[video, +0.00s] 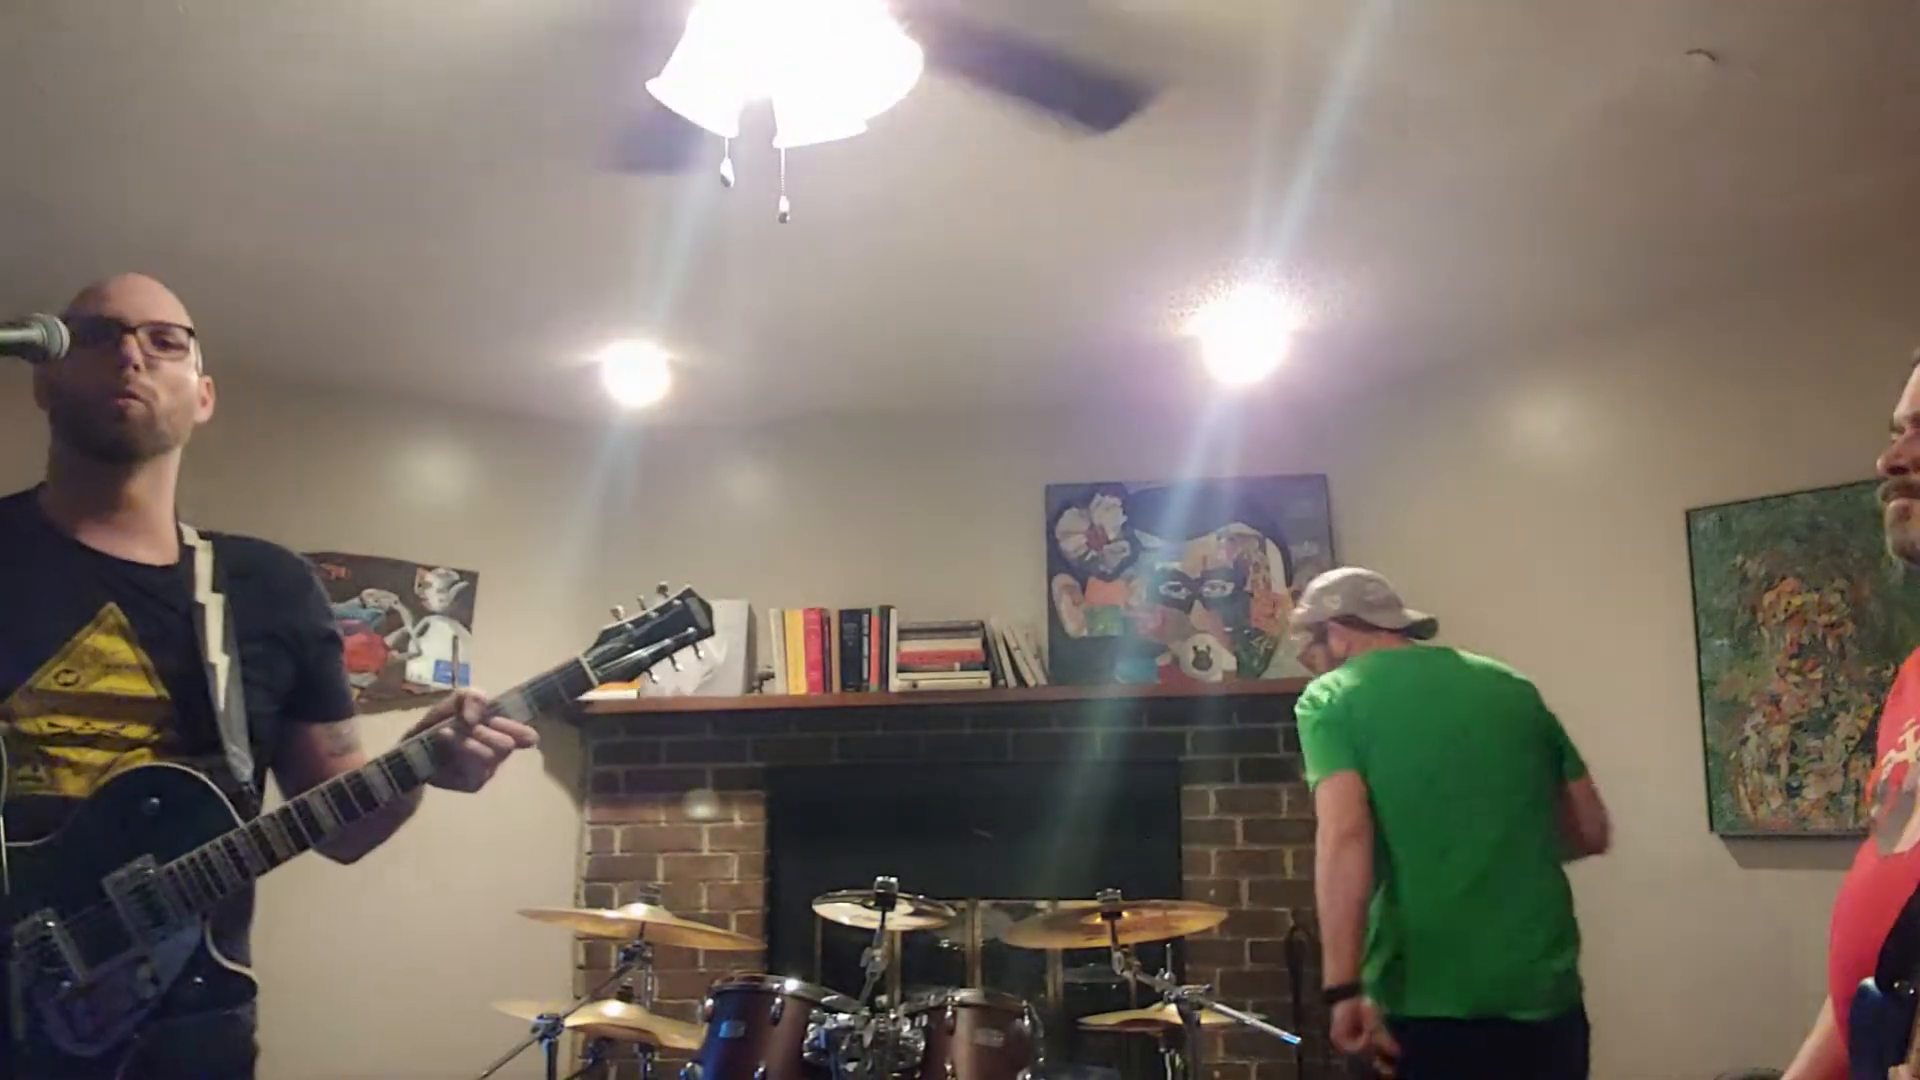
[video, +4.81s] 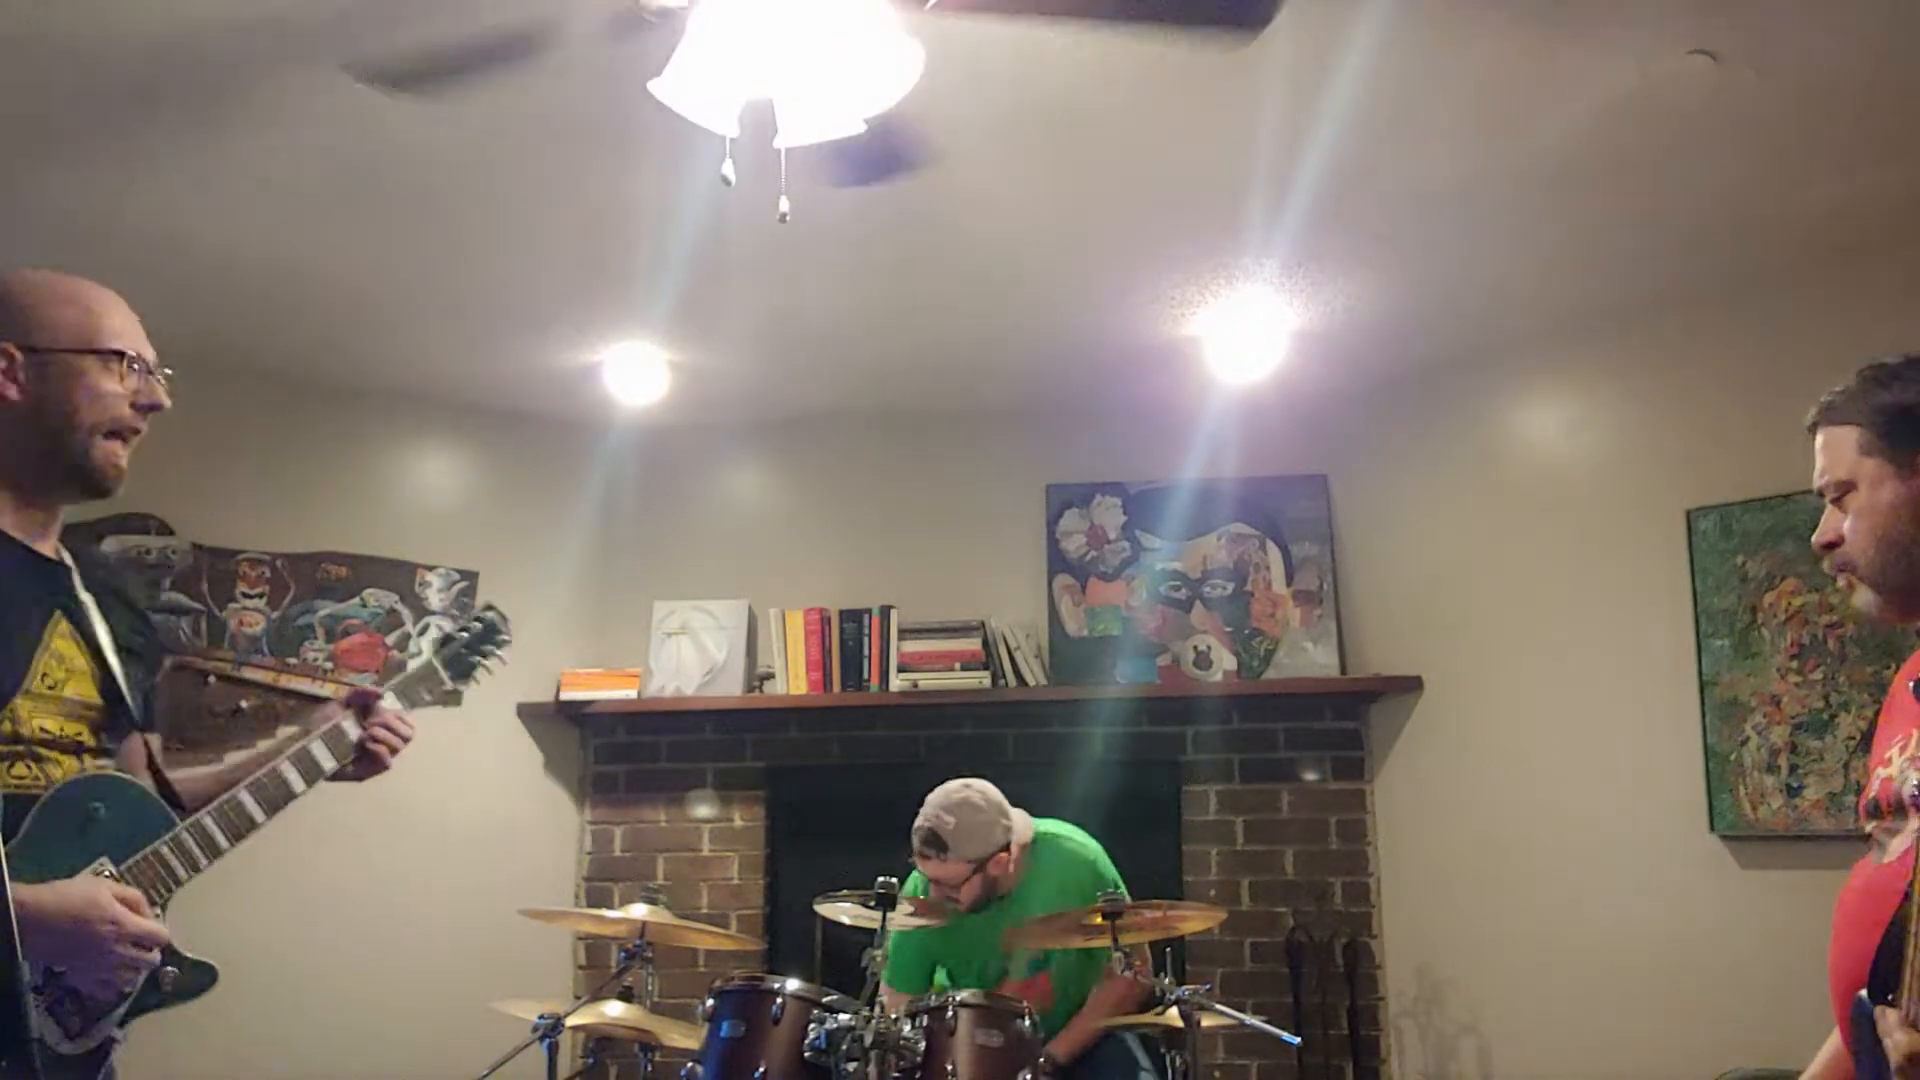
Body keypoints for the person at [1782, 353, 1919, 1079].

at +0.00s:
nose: (1891, 459)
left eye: (1917, 430)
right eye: (1895, 431)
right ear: (1891, 446)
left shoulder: (1908, 677)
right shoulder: (1909, 677)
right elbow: (1882, 907)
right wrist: (1808, 1065)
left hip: (1899, 1053)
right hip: (1861, 1047)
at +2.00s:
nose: (1869, 465)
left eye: (1905, 435)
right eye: (1875, 438)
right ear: (1874, 450)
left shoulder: (1908, 674)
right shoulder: (1905, 677)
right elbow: (1877, 910)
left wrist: (1820, 1061)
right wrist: (1814, 1065)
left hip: (1902, 1051)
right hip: (1863, 1047)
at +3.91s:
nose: (1826, 535)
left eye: (1841, 496)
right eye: (1827, 505)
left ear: (1912, 476)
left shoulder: (1905, 685)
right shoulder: (1900, 687)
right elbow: (1881, 898)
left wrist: (1894, 1035)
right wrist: (1818, 1059)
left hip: (1897, 1052)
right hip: (1865, 1049)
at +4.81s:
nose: (1822, 536)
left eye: (1842, 496)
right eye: (1824, 504)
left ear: (1917, 479)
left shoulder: (1912, 681)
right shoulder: (1909, 683)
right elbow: (1897, 902)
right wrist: (1828, 1060)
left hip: (1905, 1045)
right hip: (1880, 1046)